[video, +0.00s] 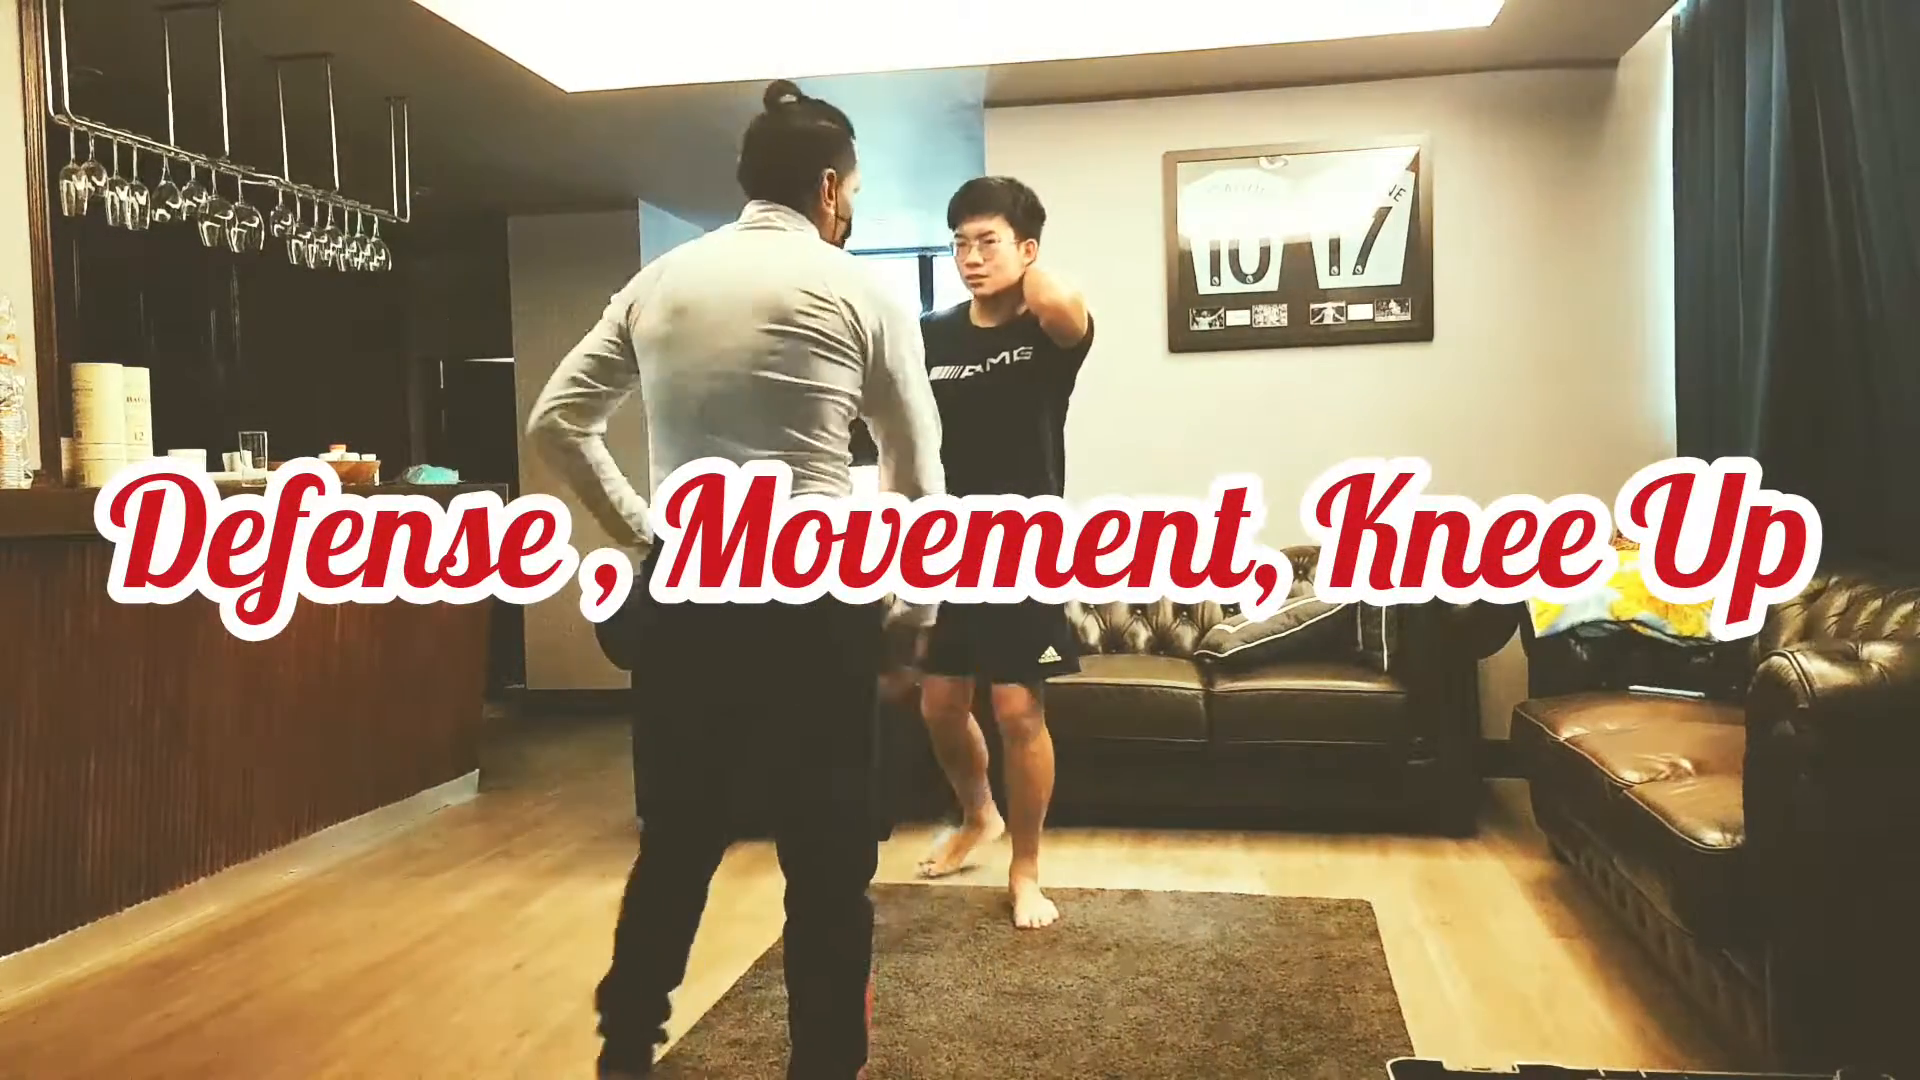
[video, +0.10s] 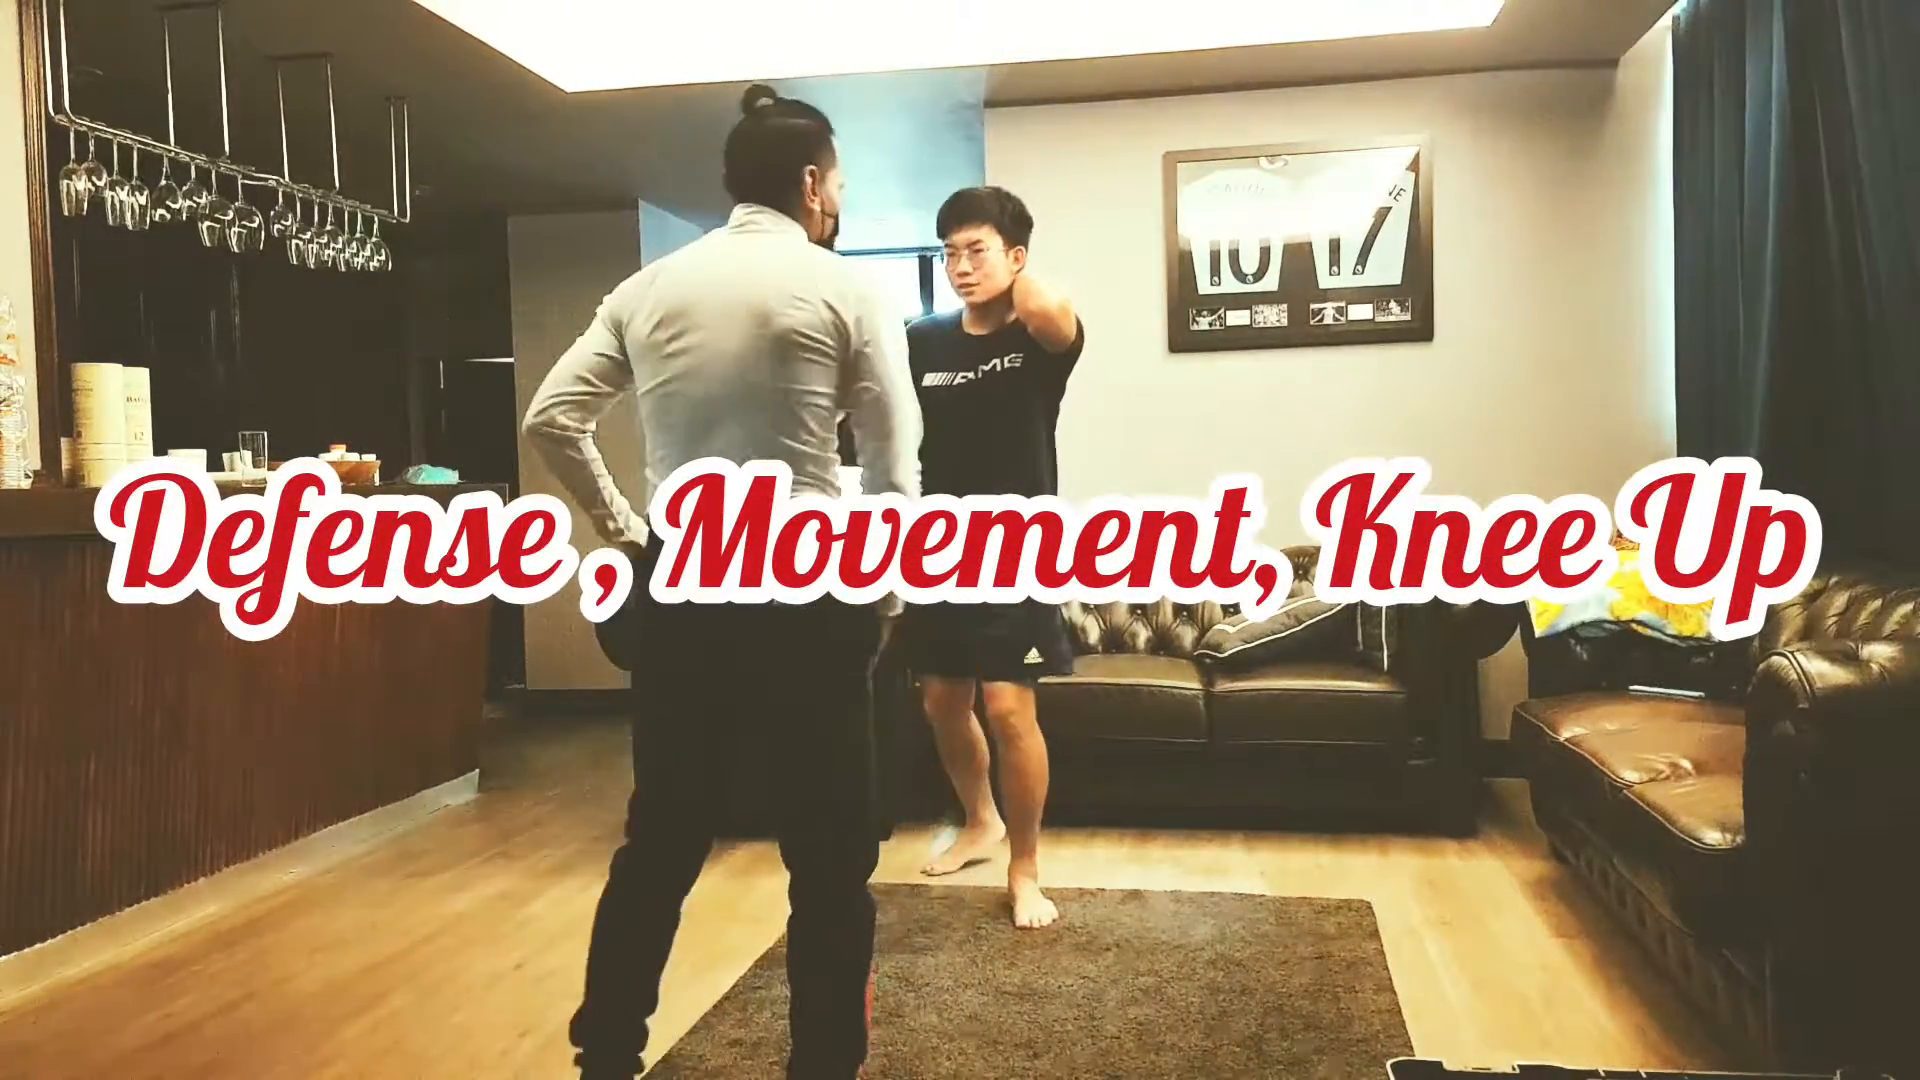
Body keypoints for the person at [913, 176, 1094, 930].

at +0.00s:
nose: (972, 257)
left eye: (988, 242)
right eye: (963, 244)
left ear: (1028, 249)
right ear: (953, 254)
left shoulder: (1051, 332)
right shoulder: (931, 338)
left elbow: (1067, 319)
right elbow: (885, 412)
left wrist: (1039, 281)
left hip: (1024, 544)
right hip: (945, 543)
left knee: (1016, 709)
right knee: (941, 701)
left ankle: (1026, 871)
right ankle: (980, 816)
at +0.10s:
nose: (962, 265)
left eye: (977, 250)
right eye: (952, 253)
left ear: (1017, 256)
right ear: (942, 263)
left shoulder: (1044, 340)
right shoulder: (922, 344)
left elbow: (1055, 325)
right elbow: (872, 420)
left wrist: (1029, 287)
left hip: (1016, 552)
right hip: (937, 550)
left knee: (1007, 708)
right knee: (943, 701)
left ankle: (1024, 869)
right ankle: (980, 820)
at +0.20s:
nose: (950, 273)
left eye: (965, 258)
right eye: (940, 262)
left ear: (1006, 263)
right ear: (932, 271)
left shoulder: (1034, 342)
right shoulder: (916, 349)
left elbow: (1041, 332)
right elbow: (893, 447)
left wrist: (1018, 299)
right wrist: (874, 520)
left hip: (1009, 549)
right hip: (932, 550)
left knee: (1000, 707)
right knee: (946, 700)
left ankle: (1024, 869)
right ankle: (981, 824)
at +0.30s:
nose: (941, 278)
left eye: (954, 263)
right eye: (931, 267)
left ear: (996, 267)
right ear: (924, 276)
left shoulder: (1028, 346)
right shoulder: (912, 352)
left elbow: (1023, 333)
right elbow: (881, 455)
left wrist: (1007, 299)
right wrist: (862, 545)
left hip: (1002, 549)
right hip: (928, 552)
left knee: (999, 703)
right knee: (947, 700)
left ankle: (1024, 868)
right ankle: (983, 828)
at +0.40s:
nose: (930, 278)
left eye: (944, 263)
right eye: (922, 267)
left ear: (986, 268)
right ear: (917, 276)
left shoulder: (1020, 343)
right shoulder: (909, 351)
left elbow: (1004, 329)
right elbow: (878, 453)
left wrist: (999, 291)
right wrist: (857, 548)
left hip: (999, 549)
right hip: (926, 552)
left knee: (998, 701)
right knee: (946, 698)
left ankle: (1025, 863)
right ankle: (983, 827)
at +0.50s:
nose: (926, 276)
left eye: (939, 261)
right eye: (918, 265)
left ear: (980, 267)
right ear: (912, 276)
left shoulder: (1018, 339)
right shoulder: (908, 351)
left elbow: (993, 325)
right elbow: (878, 450)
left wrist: (986, 288)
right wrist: (844, 522)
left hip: (997, 541)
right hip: (926, 545)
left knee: (994, 695)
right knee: (944, 691)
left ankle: (1024, 861)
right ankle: (982, 830)